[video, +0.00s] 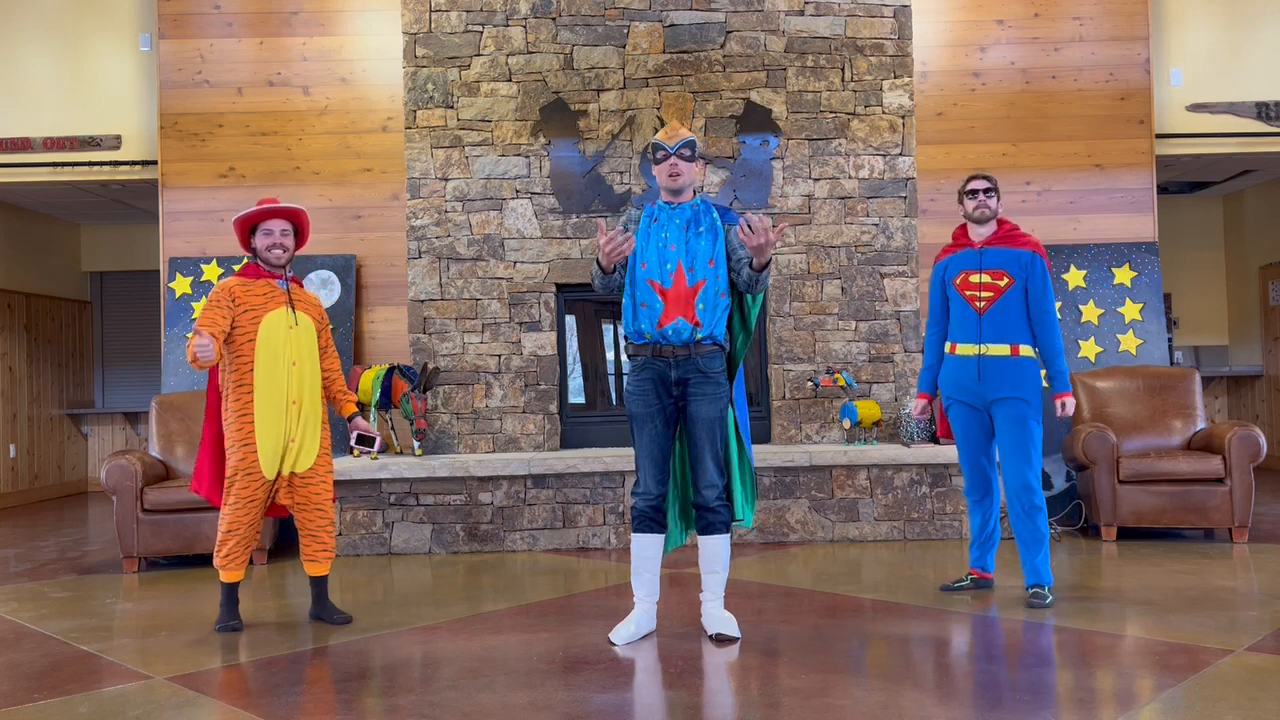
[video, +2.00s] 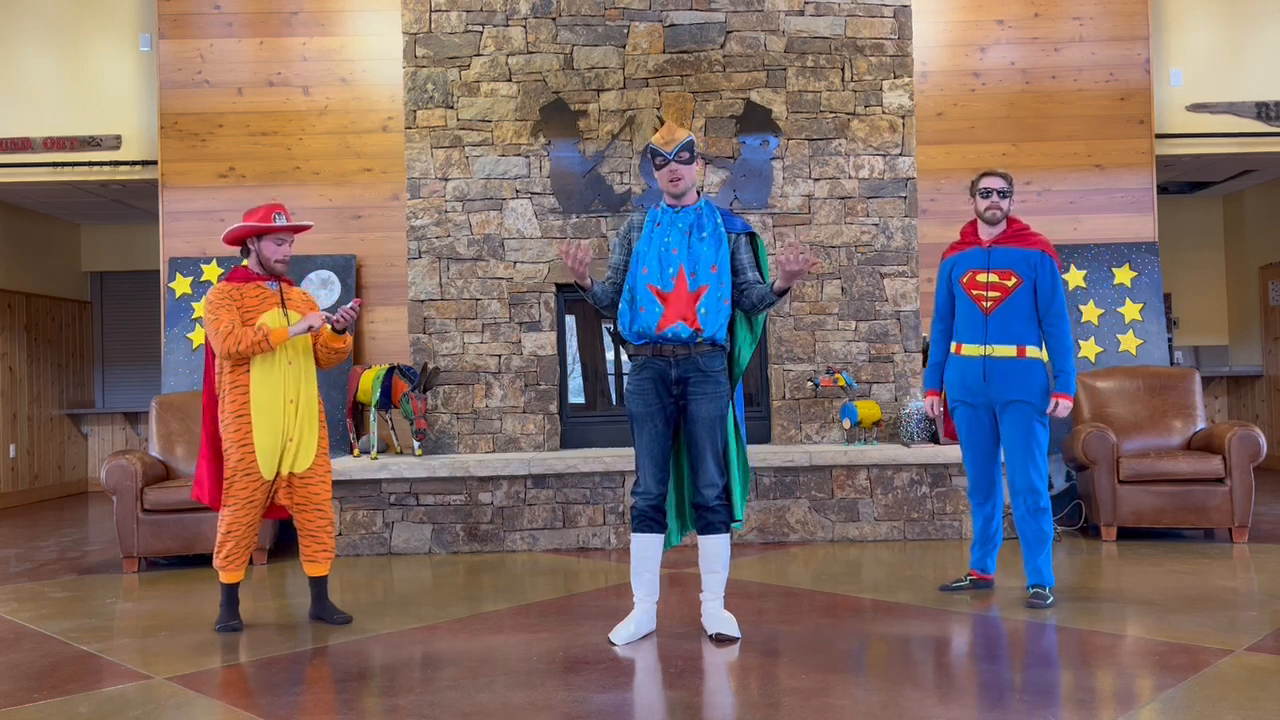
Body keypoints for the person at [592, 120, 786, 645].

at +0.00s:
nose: (673, 162)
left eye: (684, 155)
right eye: (663, 156)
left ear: (701, 167)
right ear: (651, 168)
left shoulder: (722, 221)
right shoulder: (635, 220)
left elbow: (744, 285)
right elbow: (608, 292)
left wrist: (759, 259)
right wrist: (608, 269)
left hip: (704, 365)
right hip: (646, 366)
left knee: (710, 485)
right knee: (650, 487)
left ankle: (714, 607)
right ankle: (644, 608)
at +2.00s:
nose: (673, 170)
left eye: (683, 159)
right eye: (662, 162)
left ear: (699, 165)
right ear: (651, 170)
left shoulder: (727, 225)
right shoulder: (636, 223)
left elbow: (751, 299)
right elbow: (610, 300)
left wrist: (780, 283)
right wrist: (585, 279)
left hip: (706, 365)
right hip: (646, 365)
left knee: (710, 485)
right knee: (649, 487)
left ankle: (714, 607)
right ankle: (644, 609)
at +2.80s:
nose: (698, 168)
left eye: (709, 160)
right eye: (689, 159)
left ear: (724, 167)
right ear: (677, 165)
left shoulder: (749, 230)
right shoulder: (653, 223)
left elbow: (759, 309)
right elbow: (640, 292)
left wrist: (748, 372)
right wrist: (647, 346)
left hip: (718, 366)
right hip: (659, 364)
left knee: (718, 487)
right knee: (654, 487)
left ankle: (714, 606)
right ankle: (644, 608)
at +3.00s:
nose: (699, 185)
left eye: (709, 176)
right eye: (691, 175)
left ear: (726, 175)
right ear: (681, 174)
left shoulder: (749, 233)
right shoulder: (658, 227)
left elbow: (763, 315)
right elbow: (636, 300)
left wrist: (764, 384)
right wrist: (628, 367)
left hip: (718, 367)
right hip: (658, 366)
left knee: (717, 486)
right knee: (655, 485)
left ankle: (716, 606)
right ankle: (647, 607)